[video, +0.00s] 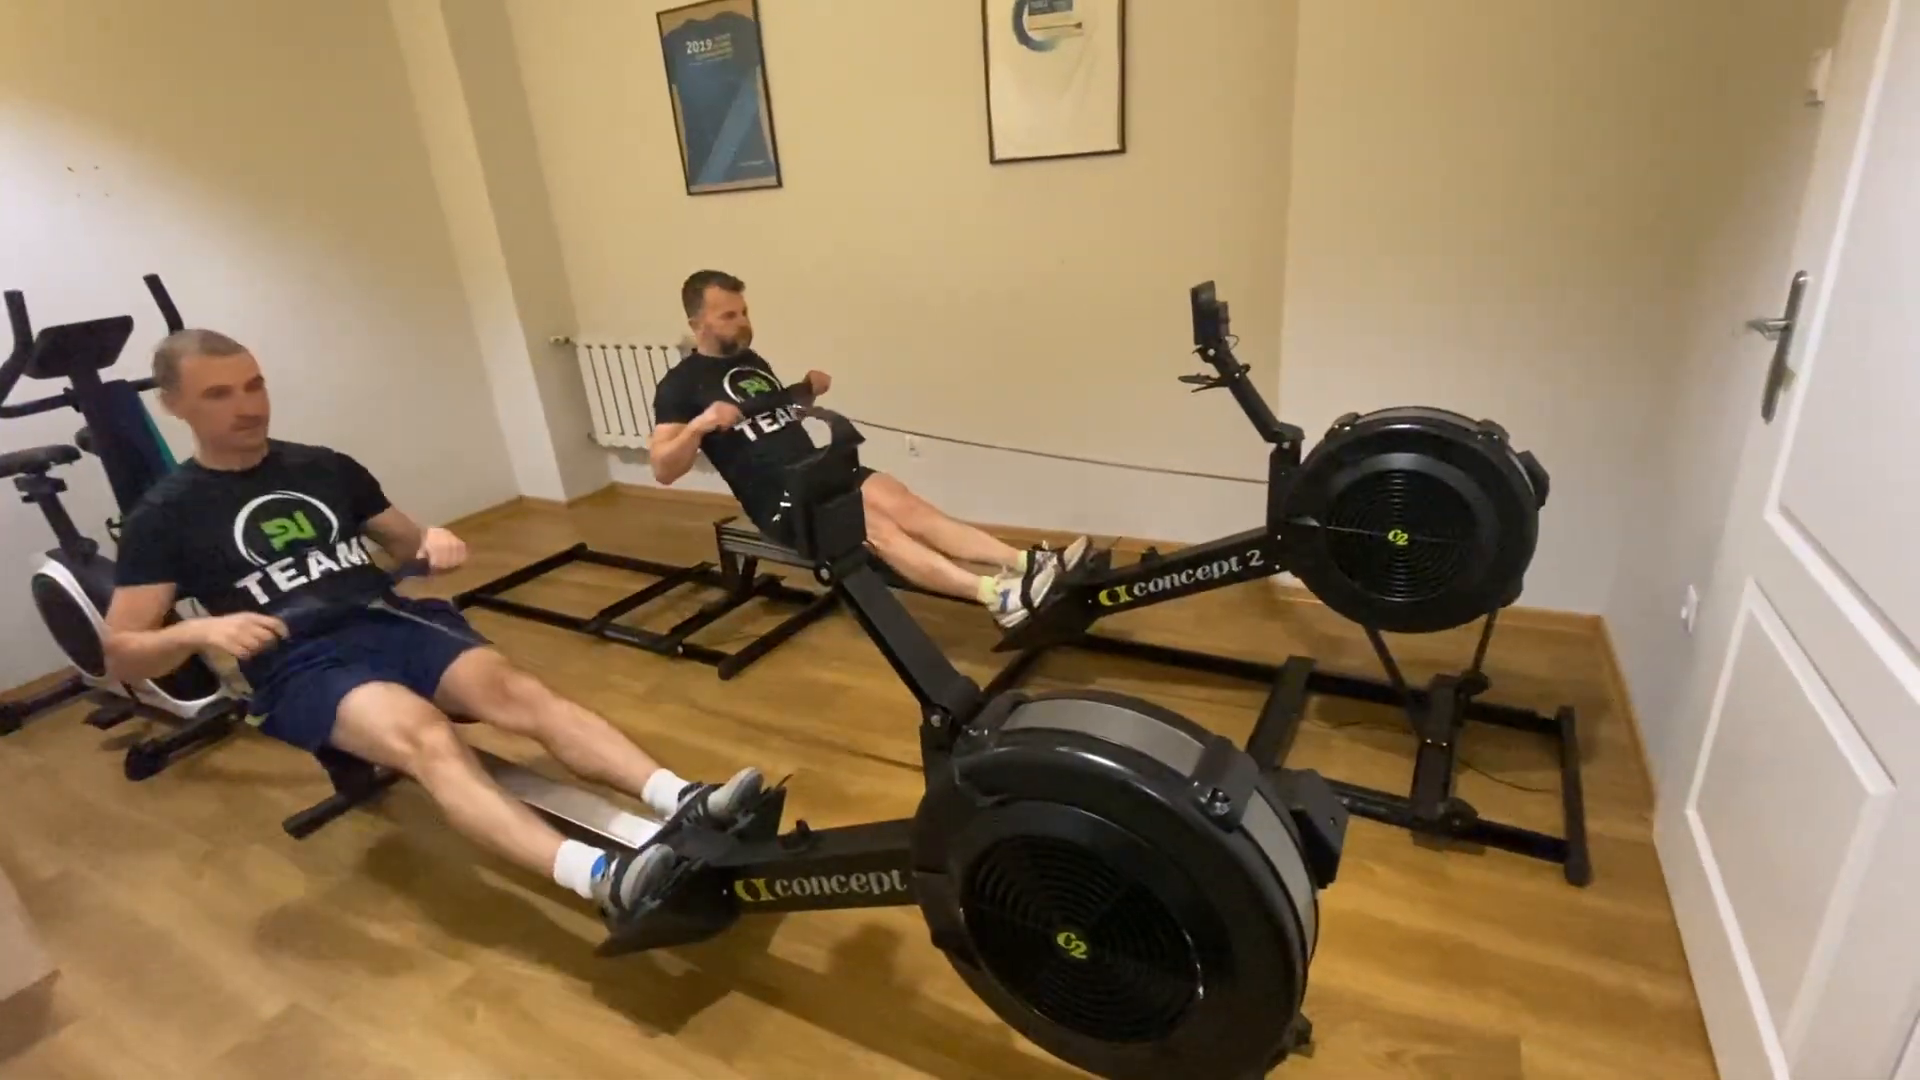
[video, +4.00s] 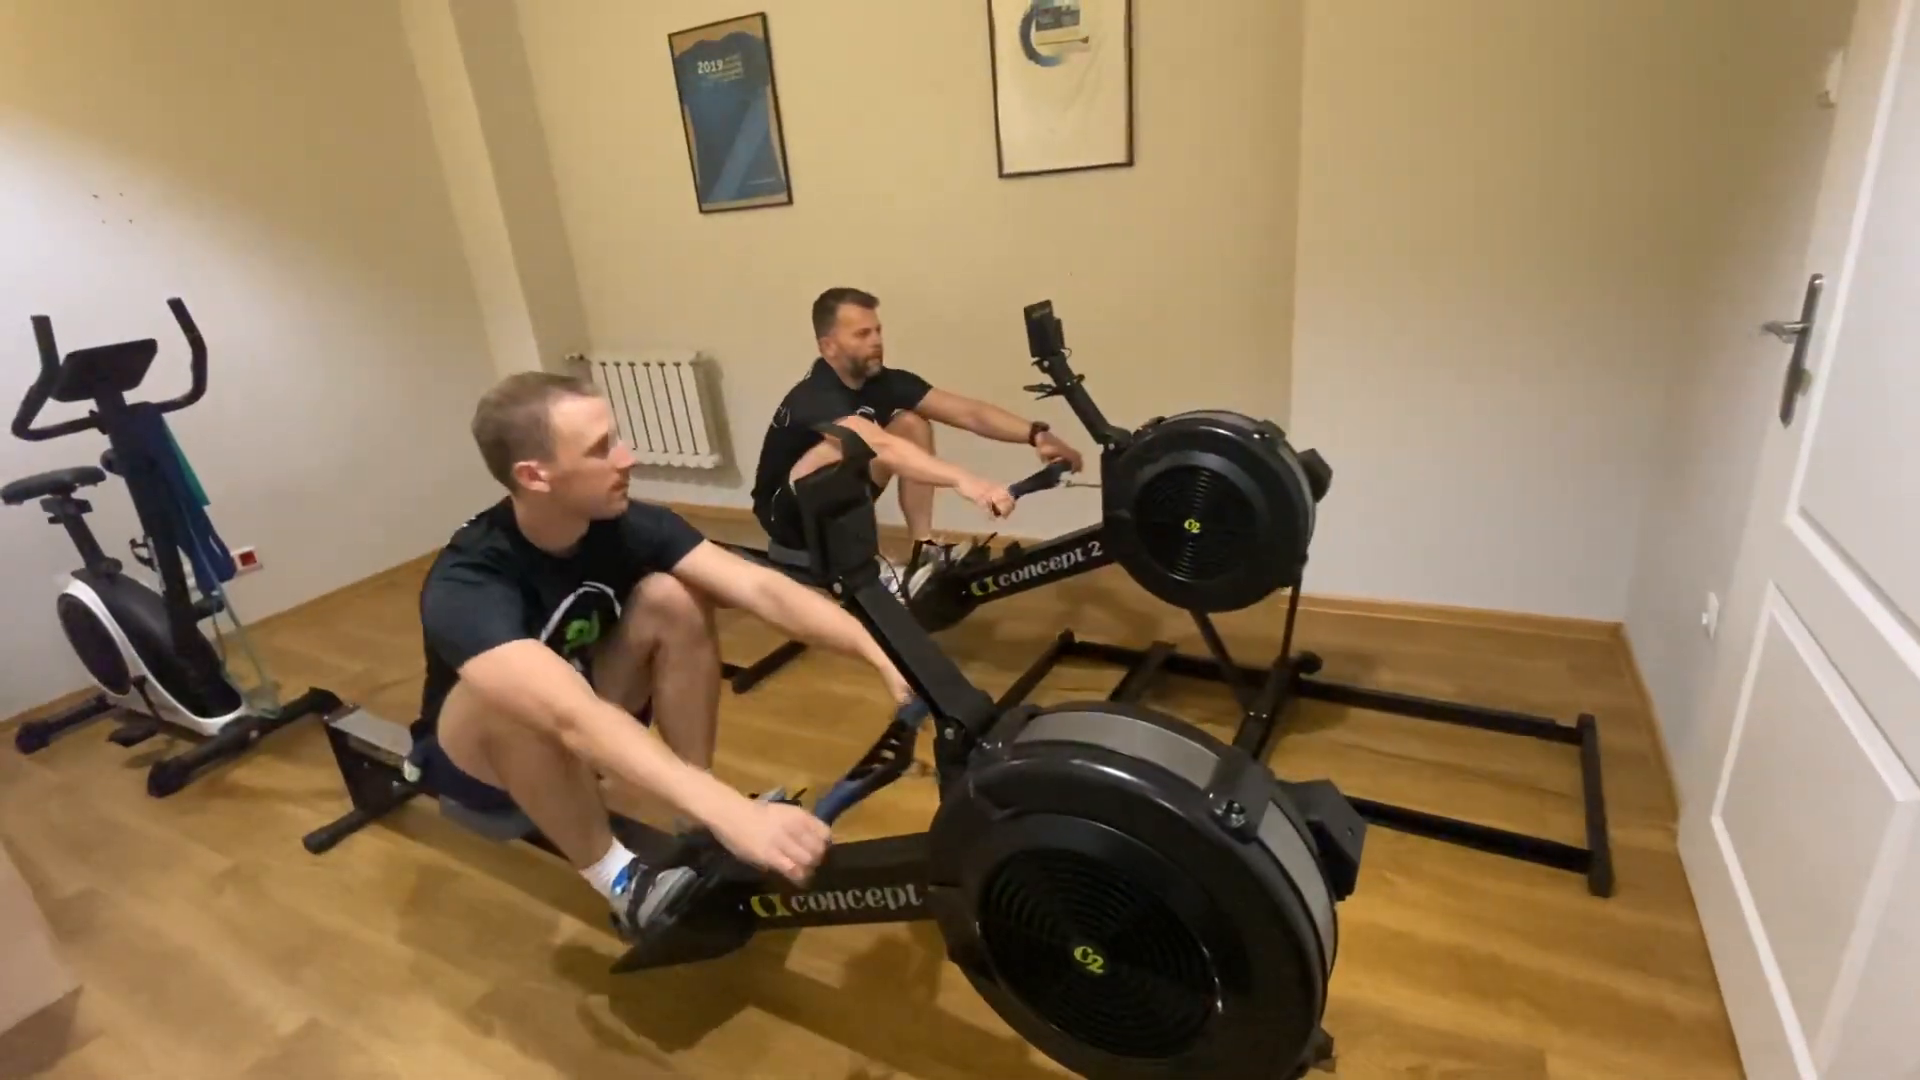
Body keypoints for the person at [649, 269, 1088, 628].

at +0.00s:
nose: (742, 323)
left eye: (743, 312)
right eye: (729, 315)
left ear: (744, 311)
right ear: (696, 321)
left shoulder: (751, 362)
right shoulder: (679, 383)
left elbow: (776, 412)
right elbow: (663, 467)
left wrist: (806, 390)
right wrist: (699, 426)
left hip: (829, 473)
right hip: (784, 499)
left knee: (908, 506)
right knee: (878, 532)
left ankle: (1028, 565)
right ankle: (997, 596)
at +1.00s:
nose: (818, 317)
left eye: (819, 307)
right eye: (804, 310)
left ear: (821, 303)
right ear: (769, 317)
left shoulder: (826, 358)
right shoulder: (746, 369)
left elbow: (888, 395)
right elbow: (779, 442)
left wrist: (945, 413)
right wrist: (854, 462)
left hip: (818, 476)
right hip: (762, 496)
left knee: (888, 429)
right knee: (818, 460)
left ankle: (932, 548)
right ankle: (892, 566)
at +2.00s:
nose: (768, 310)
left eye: (768, 298)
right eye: (754, 304)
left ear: (771, 295)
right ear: (722, 312)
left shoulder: (786, 352)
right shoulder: (714, 372)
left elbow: (852, 387)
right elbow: (759, 423)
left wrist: (906, 395)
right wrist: (823, 436)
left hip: (826, 479)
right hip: (777, 500)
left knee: (906, 484)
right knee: (871, 508)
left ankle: (1008, 567)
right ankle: (975, 597)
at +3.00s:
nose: (782, 317)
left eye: (782, 307)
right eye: (769, 310)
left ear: (784, 307)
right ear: (736, 319)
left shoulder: (792, 360)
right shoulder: (717, 380)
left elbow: (837, 403)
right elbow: (709, 458)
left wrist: (876, 405)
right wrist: (772, 442)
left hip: (831, 481)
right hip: (785, 505)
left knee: (917, 480)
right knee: (879, 502)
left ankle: (1011, 568)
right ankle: (978, 597)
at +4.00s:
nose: (878, 342)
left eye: (878, 331)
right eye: (865, 334)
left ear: (880, 330)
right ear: (828, 346)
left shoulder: (885, 382)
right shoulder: (812, 400)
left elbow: (970, 414)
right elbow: (881, 448)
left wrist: (1037, 435)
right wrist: (967, 483)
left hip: (840, 503)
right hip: (788, 515)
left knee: (911, 423)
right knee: (853, 434)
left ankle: (925, 552)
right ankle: (869, 567)